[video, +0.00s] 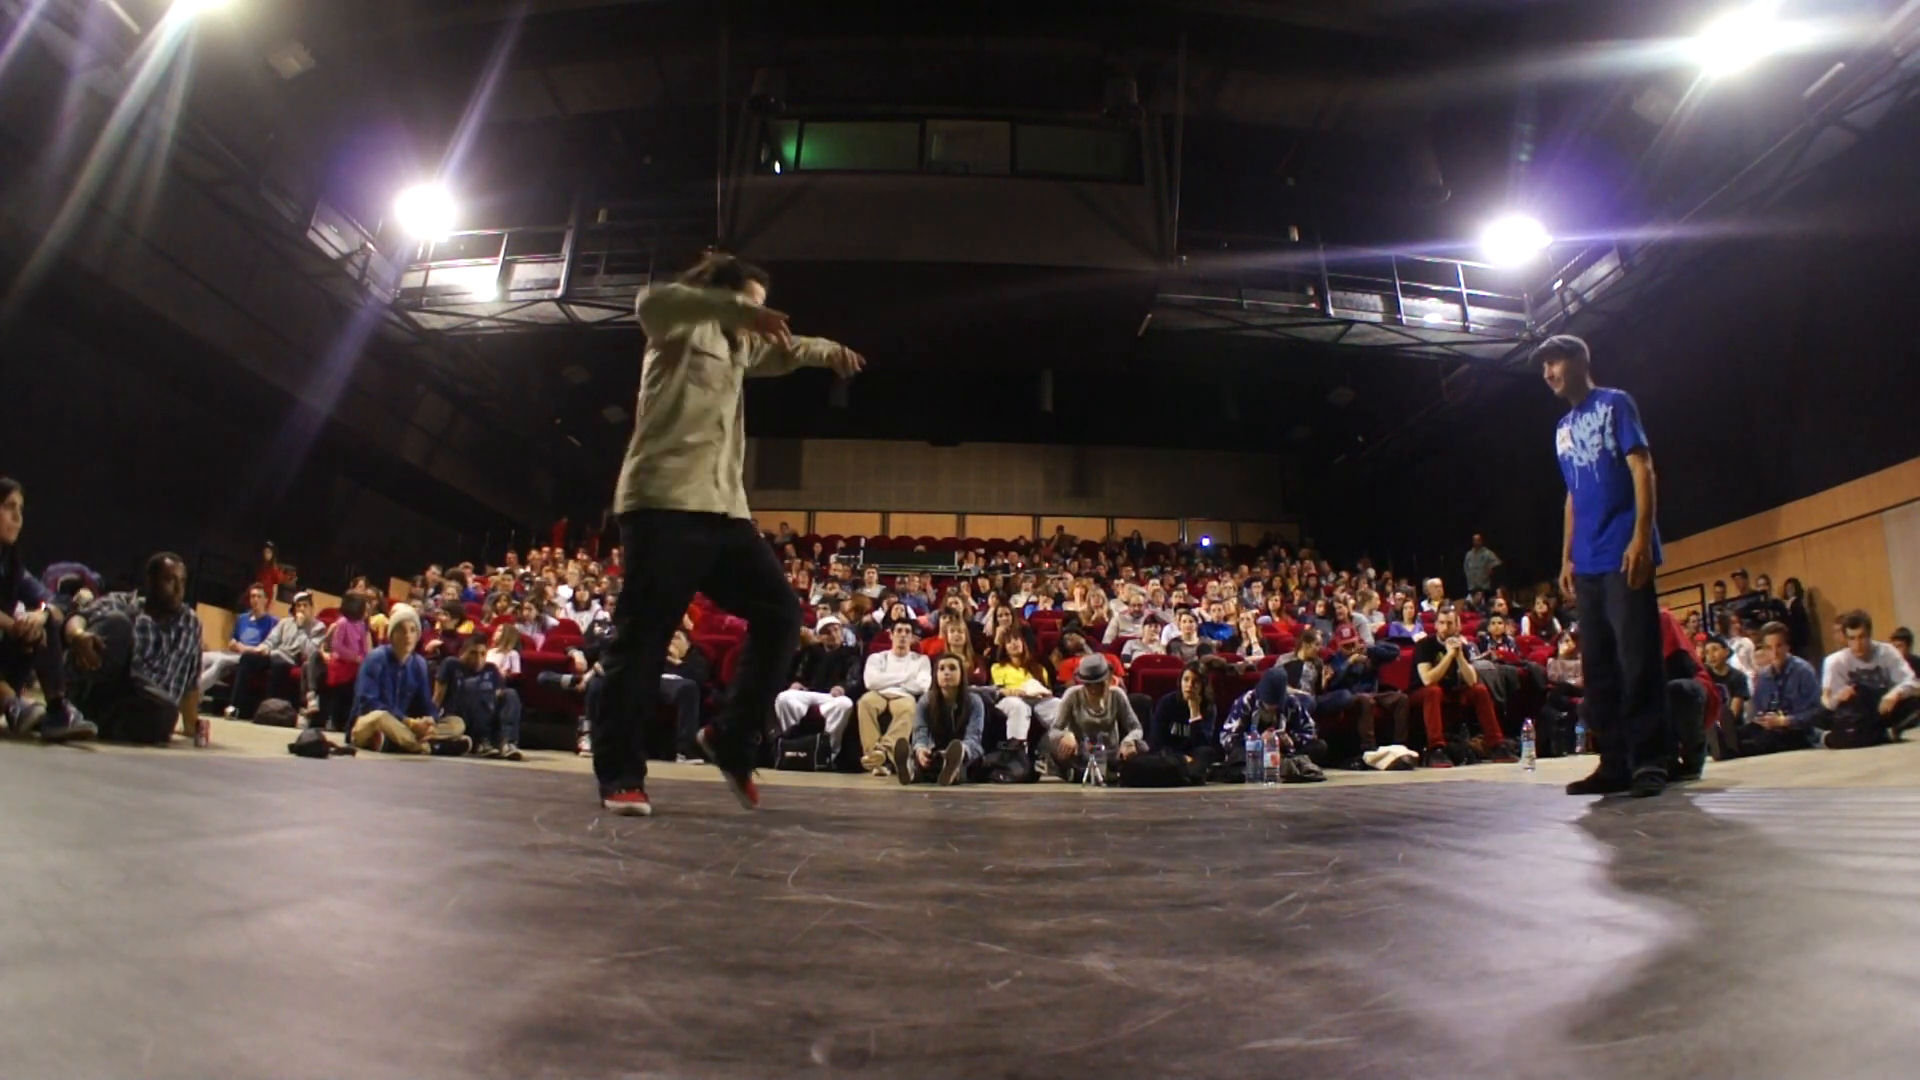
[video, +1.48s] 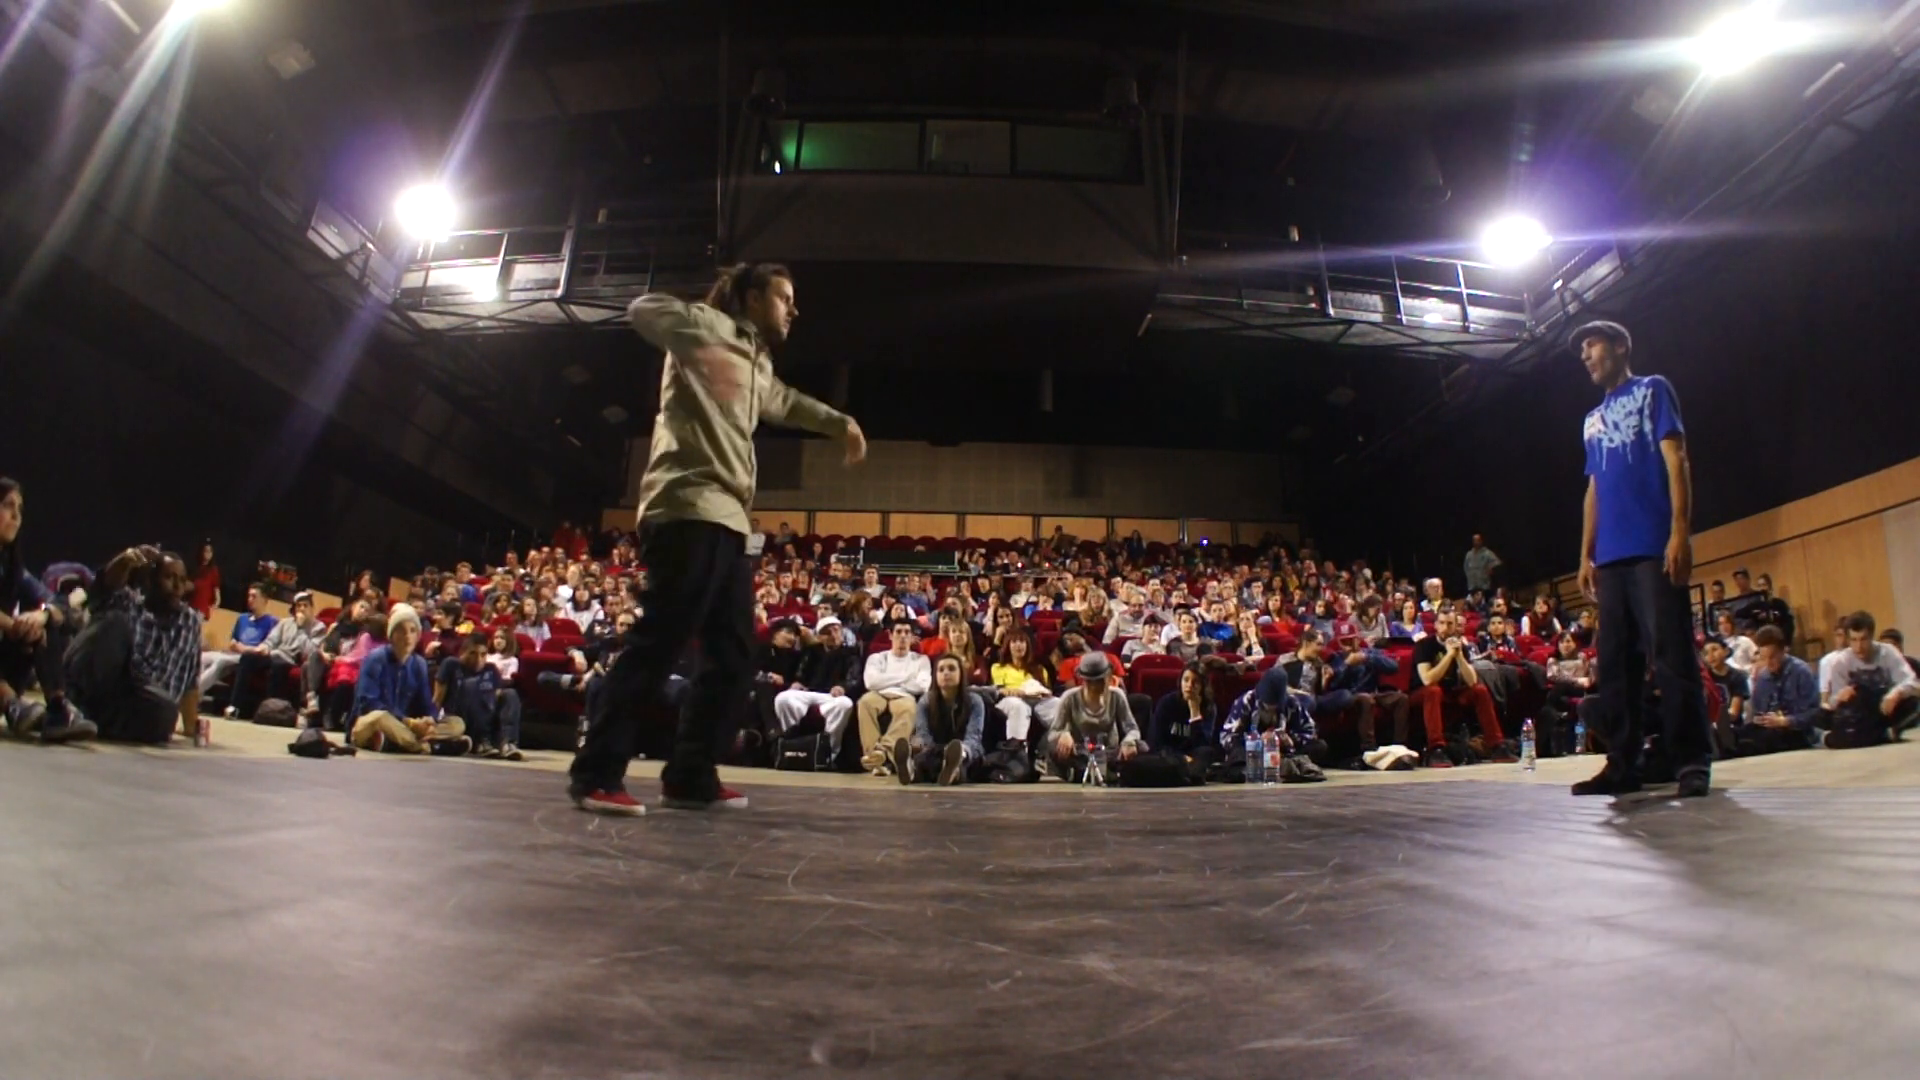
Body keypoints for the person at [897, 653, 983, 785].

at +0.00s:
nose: (947, 673)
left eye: (952, 668)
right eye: (942, 668)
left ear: (961, 673)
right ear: (936, 674)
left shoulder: (974, 701)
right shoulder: (925, 701)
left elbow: (974, 738)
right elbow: (920, 731)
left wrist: (961, 751)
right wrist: (920, 748)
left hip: (962, 751)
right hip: (933, 750)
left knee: (955, 762)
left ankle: (949, 773)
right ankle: (910, 768)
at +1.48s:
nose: (946, 673)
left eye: (951, 669)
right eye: (941, 670)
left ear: (961, 674)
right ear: (935, 675)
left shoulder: (974, 701)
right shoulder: (925, 702)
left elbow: (974, 737)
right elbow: (922, 735)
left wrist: (962, 751)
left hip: (963, 749)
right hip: (935, 749)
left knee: (956, 762)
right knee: (927, 759)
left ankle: (949, 773)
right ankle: (912, 768)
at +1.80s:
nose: (946, 674)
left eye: (951, 669)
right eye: (941, 670)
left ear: (961, 674)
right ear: (935, 675)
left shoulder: (974, 701)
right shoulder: (925, 701)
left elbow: (973, 737)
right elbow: (925, 738)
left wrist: (962, 752)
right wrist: (940, 749)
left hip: (964, 748)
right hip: (936, 750)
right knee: (927, 761)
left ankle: (949, 773)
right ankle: (912, 768)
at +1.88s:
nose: (946, 674)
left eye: (952, 669)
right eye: (941, 670)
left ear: (961, 674)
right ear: (935, 675)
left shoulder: (974, 701)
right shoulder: (926, 700)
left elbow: (973, 738)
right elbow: (923, 733)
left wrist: (962, 752)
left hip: (964, 750)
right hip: (935, 750)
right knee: (926, 761)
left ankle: (950, 772)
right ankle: (911, 769)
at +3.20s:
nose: (944, 673)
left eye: (950, 668)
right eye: (939, 669)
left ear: (960, 674)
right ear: (935, 675)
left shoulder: (974, 701)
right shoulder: (925, 701)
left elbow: (974, 736)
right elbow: (921, 730)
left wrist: (962, 750)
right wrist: (922, 747)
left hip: (963, 748)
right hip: (935, 749)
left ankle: (949, 773)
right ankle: (912, 768)